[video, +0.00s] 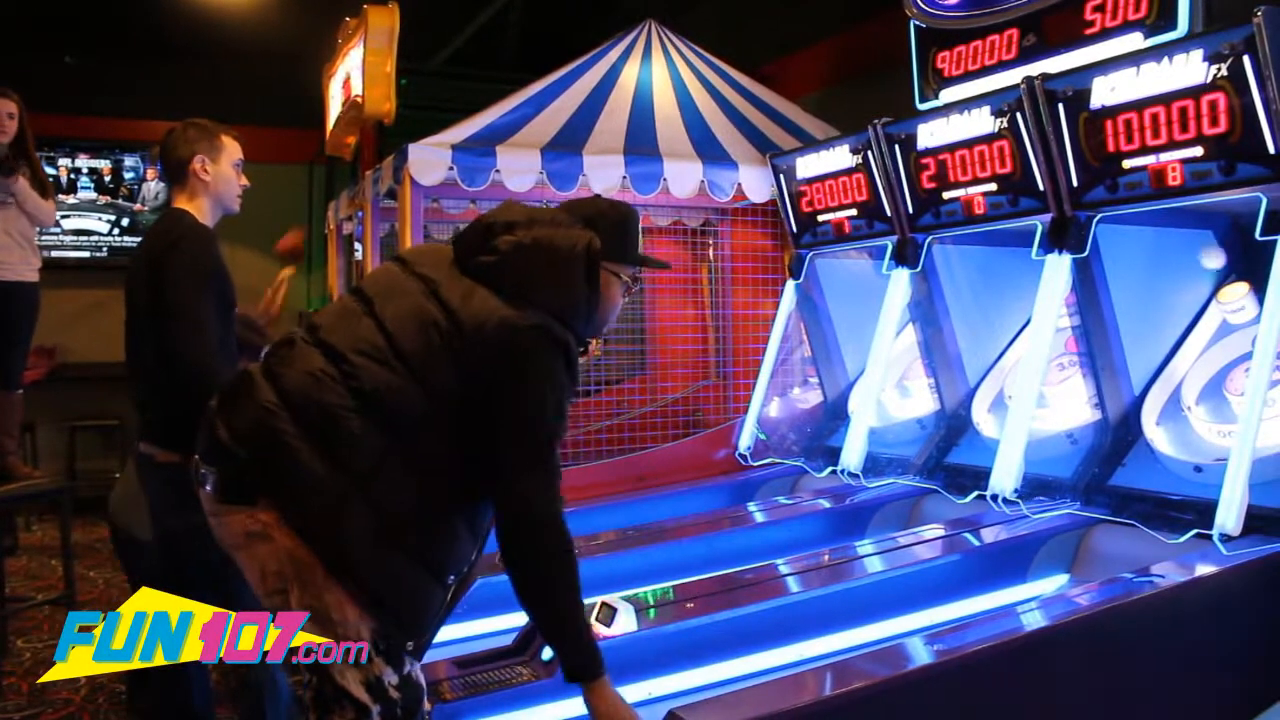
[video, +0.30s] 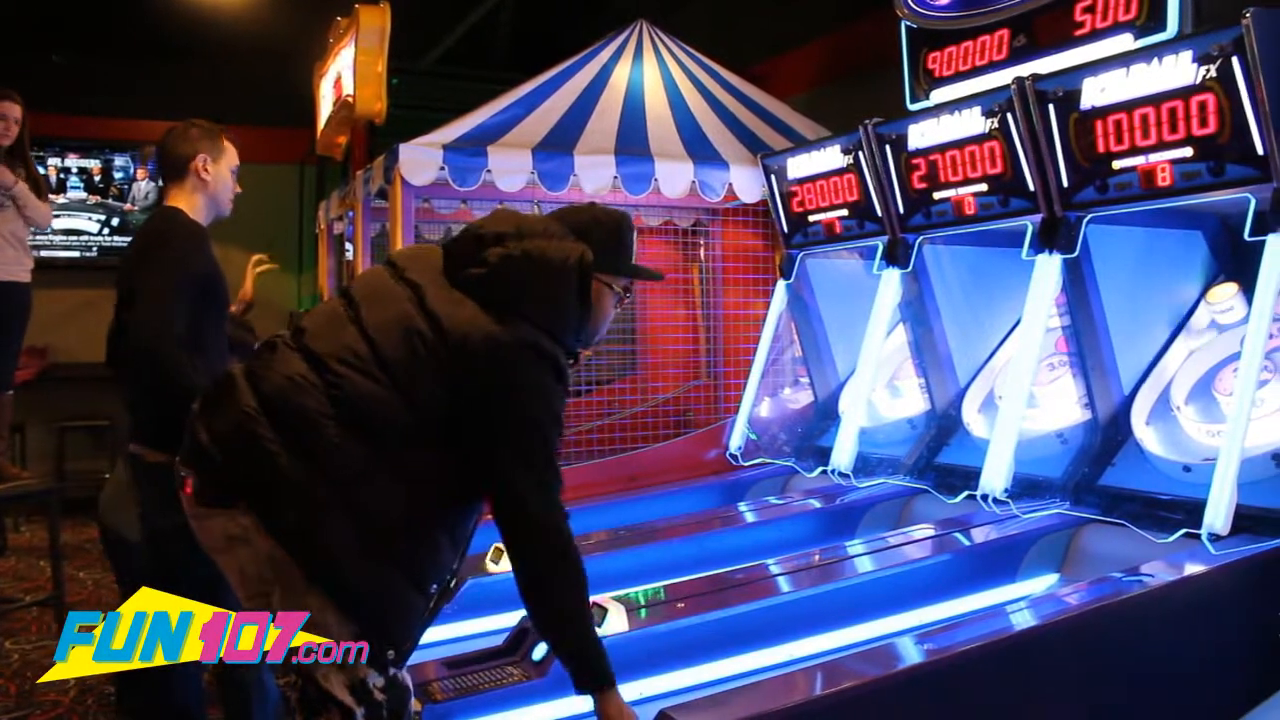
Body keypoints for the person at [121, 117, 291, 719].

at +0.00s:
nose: (244, 180)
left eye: (243, 168)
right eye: (237, 167)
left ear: (194, 171)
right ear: (201, 169)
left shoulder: (165, 239)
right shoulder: (190, 244)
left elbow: (189, 344)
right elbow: (204, 364)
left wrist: (254, 325)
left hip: (159, 458)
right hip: (186, 467)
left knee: (180, 613)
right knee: (233, 609)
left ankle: (173, 704)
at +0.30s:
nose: (237, 186)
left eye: (237, 173)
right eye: (233, 171)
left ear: (186, 170)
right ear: (201, 168)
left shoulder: (161, 235)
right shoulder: (179, 242)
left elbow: (178, 336)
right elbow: (168, 353)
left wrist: (236, 309)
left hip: (157, 456)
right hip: (174, 465)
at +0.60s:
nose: (228, 199)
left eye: (230, 187)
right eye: (229, 185)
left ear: (179, 172)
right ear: (209, 174)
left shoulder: (145, 233)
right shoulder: (179, 240)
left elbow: (96, 349)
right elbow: (152, 344)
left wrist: (223, 316)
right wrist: (202, 404)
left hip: (144, 451)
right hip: (173, 459)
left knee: (158, 599)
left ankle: (152, 705)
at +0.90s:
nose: (230, 199)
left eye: (232, 187)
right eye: (230, 185)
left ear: (181, 172)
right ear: (204, 174)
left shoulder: (141, 235)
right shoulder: (182, 241)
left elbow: (100, 350)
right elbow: (172, 351)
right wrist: (187, 446)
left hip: (142, 452)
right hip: (175, 458)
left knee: (165, 593)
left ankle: (166, 704)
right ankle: (254, 707)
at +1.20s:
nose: (235, 192)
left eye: (235, 177)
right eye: (232, 176)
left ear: (186, 173)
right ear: (203, 172)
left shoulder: (149, 235)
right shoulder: (183, 240)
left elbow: (86, 345)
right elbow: (145, 343)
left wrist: (121, 433)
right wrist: (160, 444)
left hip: (156, 456)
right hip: (186, 457)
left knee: (171, 604)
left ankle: (167, 705)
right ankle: (254, 708)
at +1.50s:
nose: (234, 187)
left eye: (234, 173)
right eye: (230, 173)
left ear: (186, 173)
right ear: (199, 172)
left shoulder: (149, 239)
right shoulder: (177, 243)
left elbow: (96, 356)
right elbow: (140, 352)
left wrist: (120, 456)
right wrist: (156, 456)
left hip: (159, 462)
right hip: (184, 462)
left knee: (172, 608)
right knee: (197, 610)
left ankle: (168, 706)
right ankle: (179, 707)